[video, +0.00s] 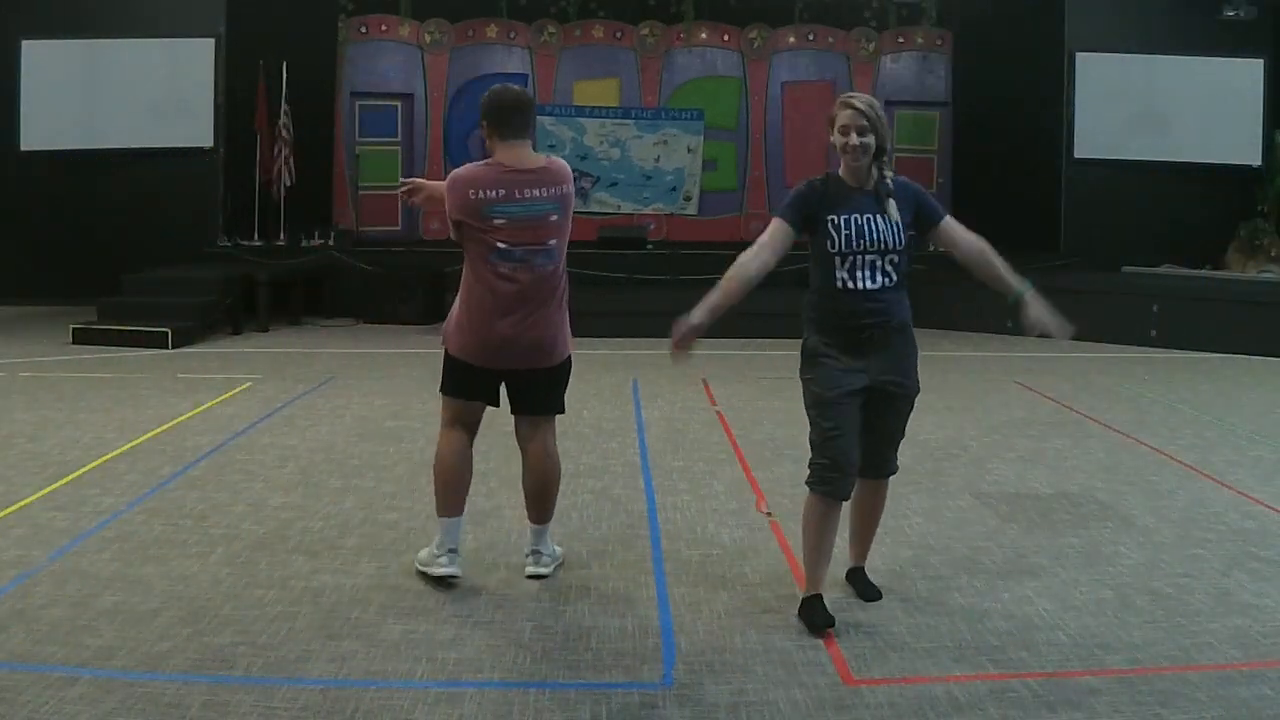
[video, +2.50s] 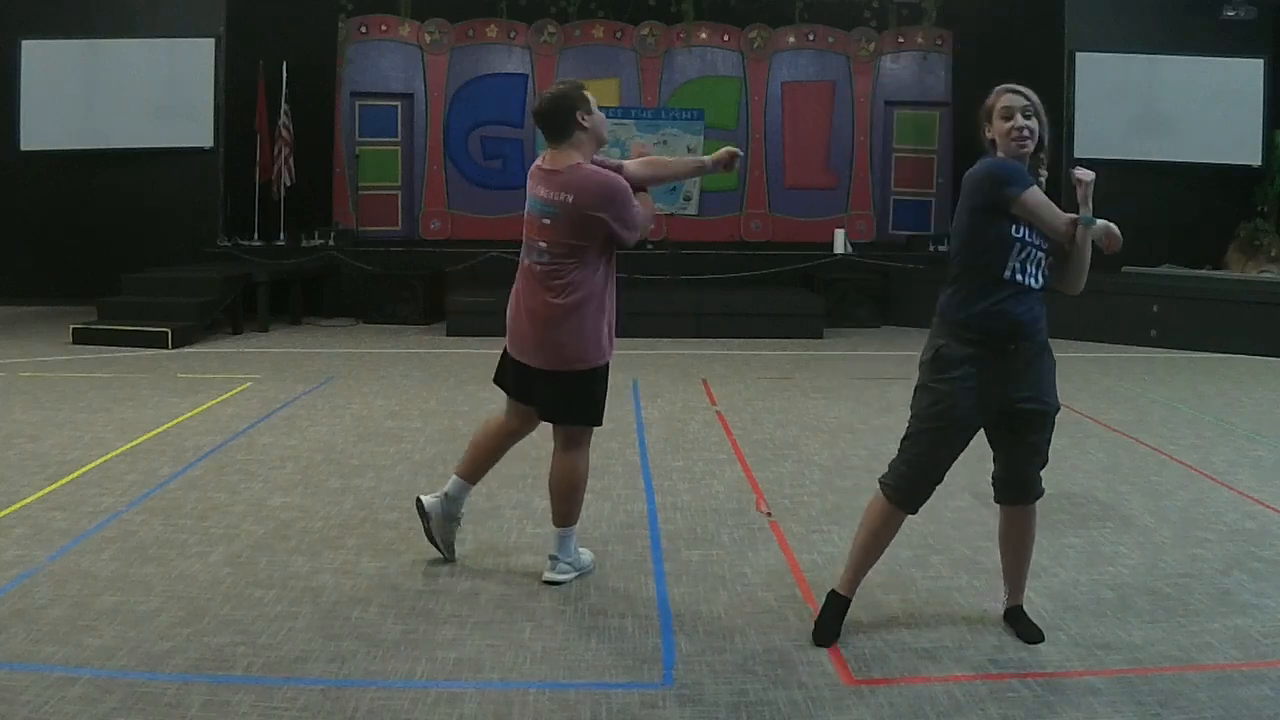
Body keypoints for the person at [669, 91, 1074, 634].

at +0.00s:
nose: (850, 139)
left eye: (860, 131)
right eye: (841, 131)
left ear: (879, 138)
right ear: (830, 139)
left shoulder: (907, 197)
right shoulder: (812, 197)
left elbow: (968, 245)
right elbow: (758, 255)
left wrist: (1025, 295)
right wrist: (702, 313)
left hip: (892, 354)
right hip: (831, 354)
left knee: (877, 467)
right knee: (833, 471)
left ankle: (858, 567)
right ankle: (812, 593)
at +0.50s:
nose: (873, 144)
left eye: (882, 137)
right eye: (865, 136)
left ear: (896, 144)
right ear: (850, 140)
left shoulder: (910, 186)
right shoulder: (830, 187)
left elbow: (945, 149)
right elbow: (821, 151)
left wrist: (946, 85)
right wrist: (852, 89)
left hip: (902, 343)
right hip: (842, 344)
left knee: (883, 464)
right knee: (848, 463)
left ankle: (857, 566)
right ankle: (832, 585)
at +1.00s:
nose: (875, 136)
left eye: (883, 128)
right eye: (865, 128)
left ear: (897, 135)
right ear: (849, 135)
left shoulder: (925, 186)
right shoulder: (831, 190)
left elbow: (1004, 168)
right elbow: (761, 178)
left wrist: (1074, 157)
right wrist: (697, 163)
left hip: (906, 352)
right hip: (845, 350)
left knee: (887, 474)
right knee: (853, 474)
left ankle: (860, 568)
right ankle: (853, 598)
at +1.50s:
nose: (868, 128)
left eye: (876, 119)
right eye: (854, 124)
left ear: (893, 127)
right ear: (837, 139)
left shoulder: (916, 178)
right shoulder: (841, 183)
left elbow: (952, 163)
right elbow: (888, 144)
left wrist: (946, 108)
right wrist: (946, 84)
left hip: (933, 347)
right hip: (868, 351)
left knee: (975, 471)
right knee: (864, 483)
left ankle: (994, 589)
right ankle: (857, 601)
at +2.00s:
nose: (942, 127)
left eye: (951, 118)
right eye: (931, 122)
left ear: (972, 132)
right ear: (923, 137)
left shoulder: (995, 202)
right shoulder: (925, 179)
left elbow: (1039, 253)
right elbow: (1011, 201)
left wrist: (1034, 175)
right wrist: (1099, 200)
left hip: (1001, 360)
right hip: (936, 361)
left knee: (1010, 487)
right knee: (906, 490)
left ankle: (1015, 603)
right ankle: (864, 601)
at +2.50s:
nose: (1020, 123)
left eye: (1028, 115)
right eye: (1007, 117)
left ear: (1041, 130)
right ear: (989, 132)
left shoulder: (1041, 206)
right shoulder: (990, 175)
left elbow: (1072, 281)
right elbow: (1063, 228)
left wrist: (1081, 215)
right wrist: (1096, 226)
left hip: (1025, 361)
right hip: (961, 356)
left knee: (1021, 486)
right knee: (908, 481)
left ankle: (1014, 604)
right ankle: (842, 594)